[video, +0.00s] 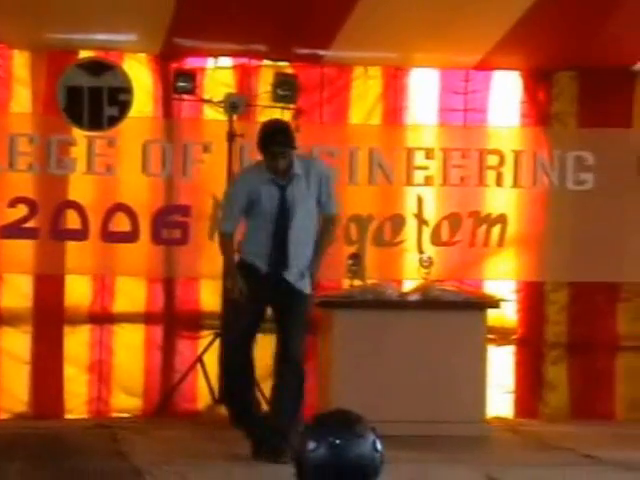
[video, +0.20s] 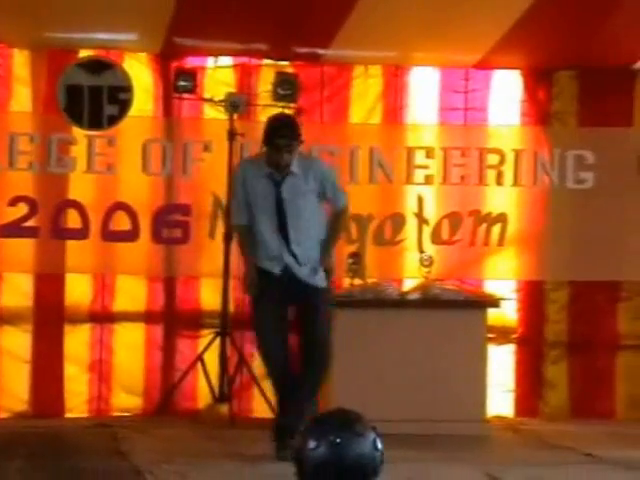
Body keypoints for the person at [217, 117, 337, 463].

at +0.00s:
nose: (281, 164)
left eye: (285, 156)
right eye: (274, 157)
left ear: (295, 150)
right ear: (263, 155)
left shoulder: (316, 175)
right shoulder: (248, 180)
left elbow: (329, 219)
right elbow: (225, 228)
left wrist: (314, 265)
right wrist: (231, 271)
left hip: (295, 277)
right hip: (252, 275)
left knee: (291, 357)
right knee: (235, 349)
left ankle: (281, 435)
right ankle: (249, 420)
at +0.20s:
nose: (285, 158)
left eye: (291, 151)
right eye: (279, 151)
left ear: (299, 147)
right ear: (265, 146)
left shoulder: (314, 170)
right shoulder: (247, 172)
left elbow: (341, 207)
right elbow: (241, 225)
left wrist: (327, 250)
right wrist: (251, 267)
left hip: (310, 274)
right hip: (268, 275)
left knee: (318, 355)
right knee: (273, 353)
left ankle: (288, 430)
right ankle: (301, 426)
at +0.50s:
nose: (300, 145)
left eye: (306, 137)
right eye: (293, 137)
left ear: (314, 141)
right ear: (281, 141)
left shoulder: (331, 180)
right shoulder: (257, 179)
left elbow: (339, 227)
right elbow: (236, 234)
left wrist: (328, 270)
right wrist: (249, 277)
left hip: (309, 280)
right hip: (265, 277)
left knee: (308, 365)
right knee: (247, 343)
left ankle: (293, 434)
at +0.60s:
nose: (296, 147)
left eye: (301, 139)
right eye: (289, 139)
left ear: (311, 141)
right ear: (278, 143)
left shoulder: (330, 184)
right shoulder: (261, 184)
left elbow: (341, 233)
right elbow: (237, 232)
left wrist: (329, 276)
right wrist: (244, 273)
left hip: (307, 287)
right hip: (264, 281)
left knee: (297, 369)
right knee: (241, 346)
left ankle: (284, 439)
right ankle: (233, 412)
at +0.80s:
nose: (295, 133)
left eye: (300, 124)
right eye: (288, 125)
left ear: (308, 126)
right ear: (276, 126)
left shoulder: (327, 163)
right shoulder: (257, 163)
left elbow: (338, 213)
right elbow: (247, 214)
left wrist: (329, 257)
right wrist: (234, 240)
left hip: (311, 267)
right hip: (268, 267)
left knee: (306, 354)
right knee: (269, 352)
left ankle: (301, 433)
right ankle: (265, 434)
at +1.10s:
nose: (310, 150)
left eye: (315, 142)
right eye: (303, 142)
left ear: (321, 139)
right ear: (286, 136)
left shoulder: (328, 171)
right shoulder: (259, 167)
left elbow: (330, 221)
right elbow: (239, 221)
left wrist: (323, 259)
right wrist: (242, 269)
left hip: (308, 273)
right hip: (267, 270)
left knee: (306, 359)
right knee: (264, 354)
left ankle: (260, 424)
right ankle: (280, 433)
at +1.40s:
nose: (315, 152)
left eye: (320, 145)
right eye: (309, 145)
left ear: (324, 140)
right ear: (289, 137)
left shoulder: (330, 168)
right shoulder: (258, 167)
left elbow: (335, 218)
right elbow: (249, 226)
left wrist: (327, 264)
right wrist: (254, 278)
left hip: (314, 270)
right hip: (274, 269)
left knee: (309, 355)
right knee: (284, 355)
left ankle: (251, 417)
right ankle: (288, 437)